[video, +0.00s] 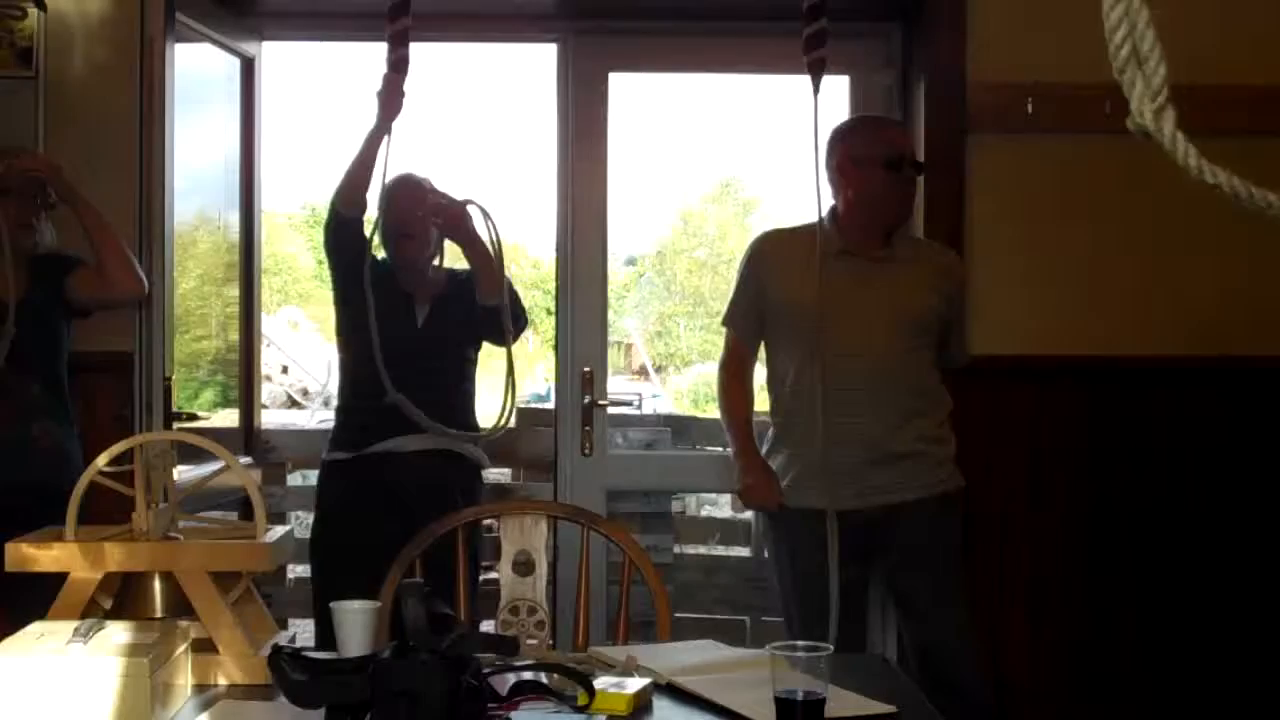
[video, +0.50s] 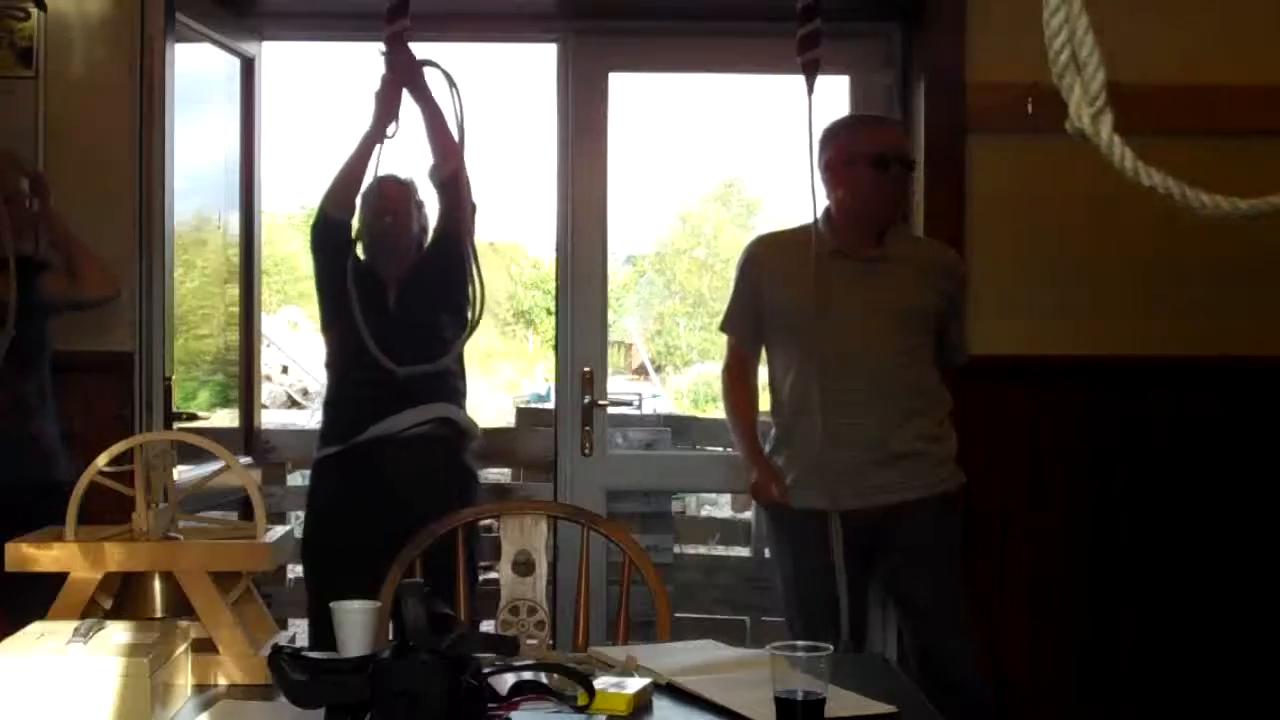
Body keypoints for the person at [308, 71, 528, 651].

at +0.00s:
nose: (401, 230)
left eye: (414, 218)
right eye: (393, 219)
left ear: (438, 225)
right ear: (379, 227)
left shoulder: (469, 291)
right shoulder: (361, 284)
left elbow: (510, 326)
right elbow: (342, 217)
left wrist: (467, 235)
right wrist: (381, 125)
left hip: (445, 477)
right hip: (361, 477)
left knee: (445, 632)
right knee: (350, 638)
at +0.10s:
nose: (405, 230)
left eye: (418, 220)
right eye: (396, 219)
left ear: (441, 230)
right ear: (380, 227)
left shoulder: (467, 292)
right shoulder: (361, 287)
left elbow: (507, 300)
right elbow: (343, 217)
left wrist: (464, 215)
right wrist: (380, 125)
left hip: (445, 476)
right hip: (361, 475)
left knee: (445, 630)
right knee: (350, 637)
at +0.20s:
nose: (411, 219)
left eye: (422, 210)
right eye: (398, 210)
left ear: (440, 225)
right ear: (379, 228)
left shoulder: (464, 293)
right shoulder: (358, 287)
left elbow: (494, 262)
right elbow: (341, 215)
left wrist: (456, 180)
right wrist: (378, 126)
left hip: (445, 474)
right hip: (359, 475)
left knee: (446, 633)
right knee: (351, 641)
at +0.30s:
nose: (408, 216)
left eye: (418, 209)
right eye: (394, 208)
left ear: (435, 227)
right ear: (375, 227)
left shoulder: (455, 293)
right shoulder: (355, 289)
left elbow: (476, 225)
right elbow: (341, 215)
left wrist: (441, 140)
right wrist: (380, 126)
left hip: (442, 480)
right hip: (357, 480)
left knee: (442, 649)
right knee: (350, 658)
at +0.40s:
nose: (400, 207)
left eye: (411, 201)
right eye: (386, 202)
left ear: (429, 226)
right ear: (368, 225)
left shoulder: (450, 285)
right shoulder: (349, 287)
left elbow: (461, 193)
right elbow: (338, 216)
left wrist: (426, 105)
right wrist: (381, 123)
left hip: (438, 468)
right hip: (354, 466)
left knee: (439, 631)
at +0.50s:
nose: (389, 208)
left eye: (400, 202)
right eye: (378, 202)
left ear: (421, 222)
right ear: (362, 224)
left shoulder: (444, 281)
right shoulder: (344, 286)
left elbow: (452, 175)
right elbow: (330, 220)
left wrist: (418, 84)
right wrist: (376, 131)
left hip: (435, 468)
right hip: (351, 468)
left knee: (436, 638)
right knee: (344, 645)